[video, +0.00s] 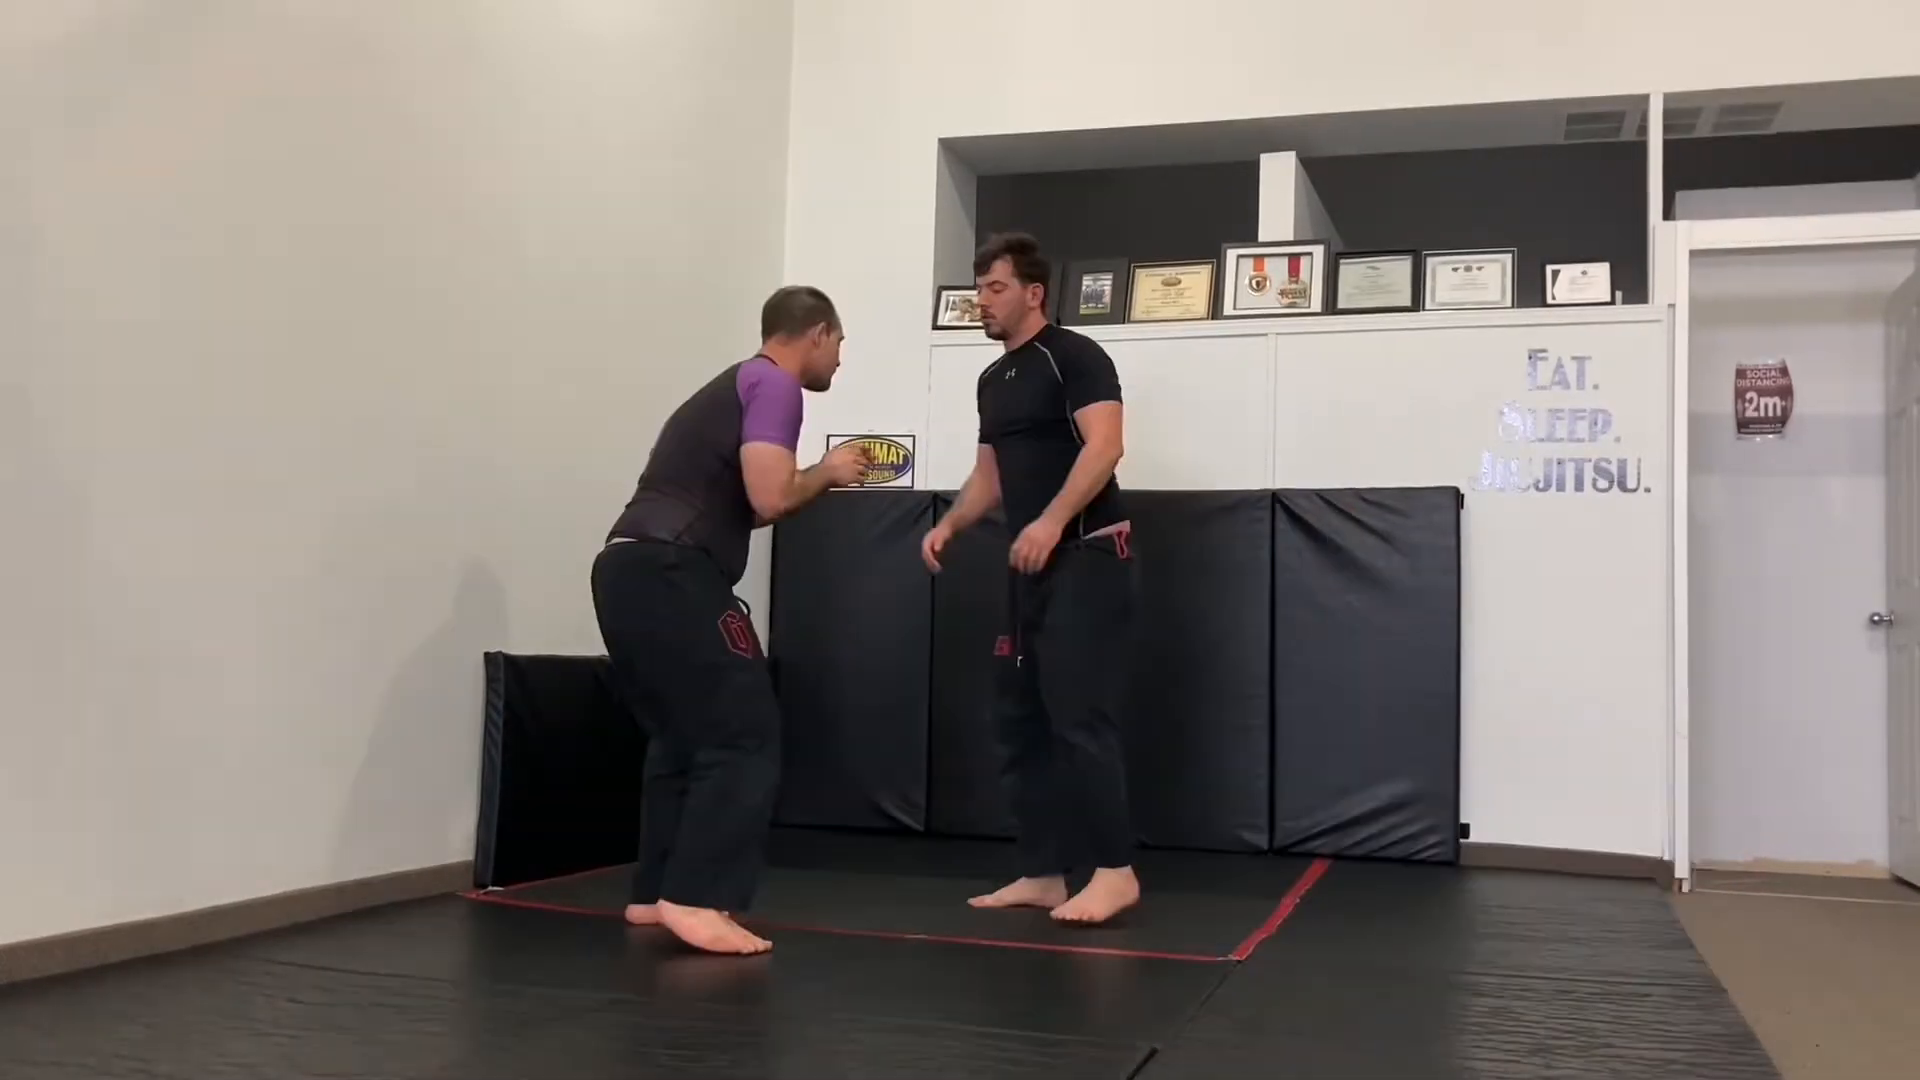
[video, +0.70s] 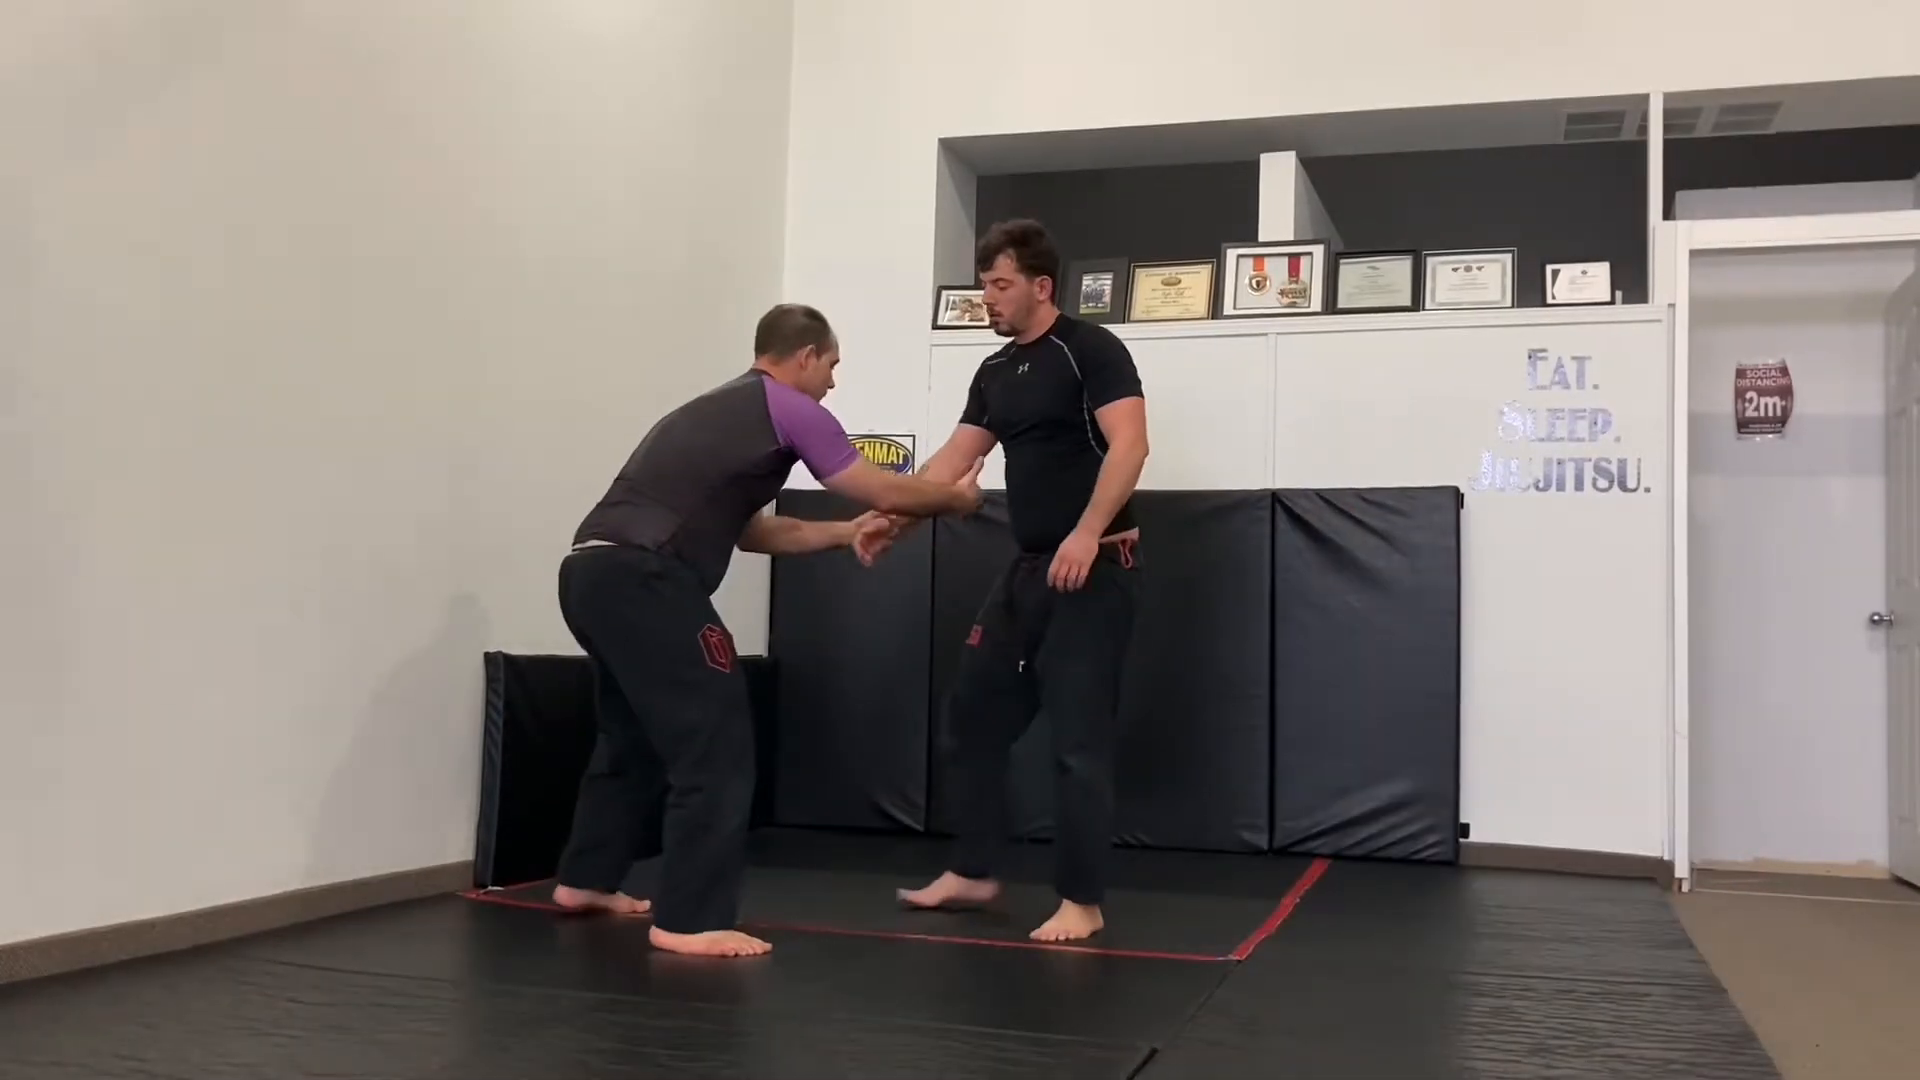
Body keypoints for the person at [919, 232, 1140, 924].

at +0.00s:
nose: (983, 299)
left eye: (995, 287)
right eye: (980, 289)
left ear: (1034, 293)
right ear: (992, 298)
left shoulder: (1077, 354)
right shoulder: (994, 378)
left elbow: (1105, 446)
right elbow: (992, 471)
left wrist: (1051, 520)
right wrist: (951, 522)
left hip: (1090, 552)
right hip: (1030, 555)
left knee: (1080, 707)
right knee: (1022, 708)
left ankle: (1115, 871)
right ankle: (1045, 872)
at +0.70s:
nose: (986, 297)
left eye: (998, 284)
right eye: (984, 285)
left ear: (1041, 286)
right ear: (1003, 290)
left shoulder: (1092, 350)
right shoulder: (996, 372)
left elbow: (1130, 447)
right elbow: (954, 460)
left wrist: (1087, 532)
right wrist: (897, 514)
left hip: (1095, 566)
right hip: (1030, 567)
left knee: (1080, 734)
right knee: (977, 708)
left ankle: (1082, 903)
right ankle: (973, 871)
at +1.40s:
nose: (909, 337)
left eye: (922, 323)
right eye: (903, 325)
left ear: (963, 319)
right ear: (899, 328)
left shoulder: (1028, 368)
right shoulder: (909, 420)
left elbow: (1108, 443)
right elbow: (907, 542)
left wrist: (1112, 533)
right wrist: (858, 617)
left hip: (1062, 577)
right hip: (984, 583)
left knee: (1073, 738)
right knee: (932, 729)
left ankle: (1085, 903)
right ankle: (906, 886)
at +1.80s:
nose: (898, 373)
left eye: (907, 357)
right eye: (890, 361)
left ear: (947, 344)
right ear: (887, 360)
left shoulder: (1019, 370)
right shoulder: (929, 439)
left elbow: (1109, 436)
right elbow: (962, 539)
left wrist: (1093, 534)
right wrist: (962, 632)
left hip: (1080, 567)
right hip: (1007, 583)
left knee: (1081, 734)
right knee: (959, 721)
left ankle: (1087, 904)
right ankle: (908, 882)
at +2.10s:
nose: (928, 355)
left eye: (936, 338)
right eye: (921, 344)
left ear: (976, 326)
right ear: (928, 343)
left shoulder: (1042, 359)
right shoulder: (973, 421)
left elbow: (1097, 437)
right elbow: (1002, 503)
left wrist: (1043, 525)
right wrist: (984, 569)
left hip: (1091, 570)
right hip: (1022, 578)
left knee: (1071, 733)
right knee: (925, 671)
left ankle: (1082, 907)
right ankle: (851, 811)